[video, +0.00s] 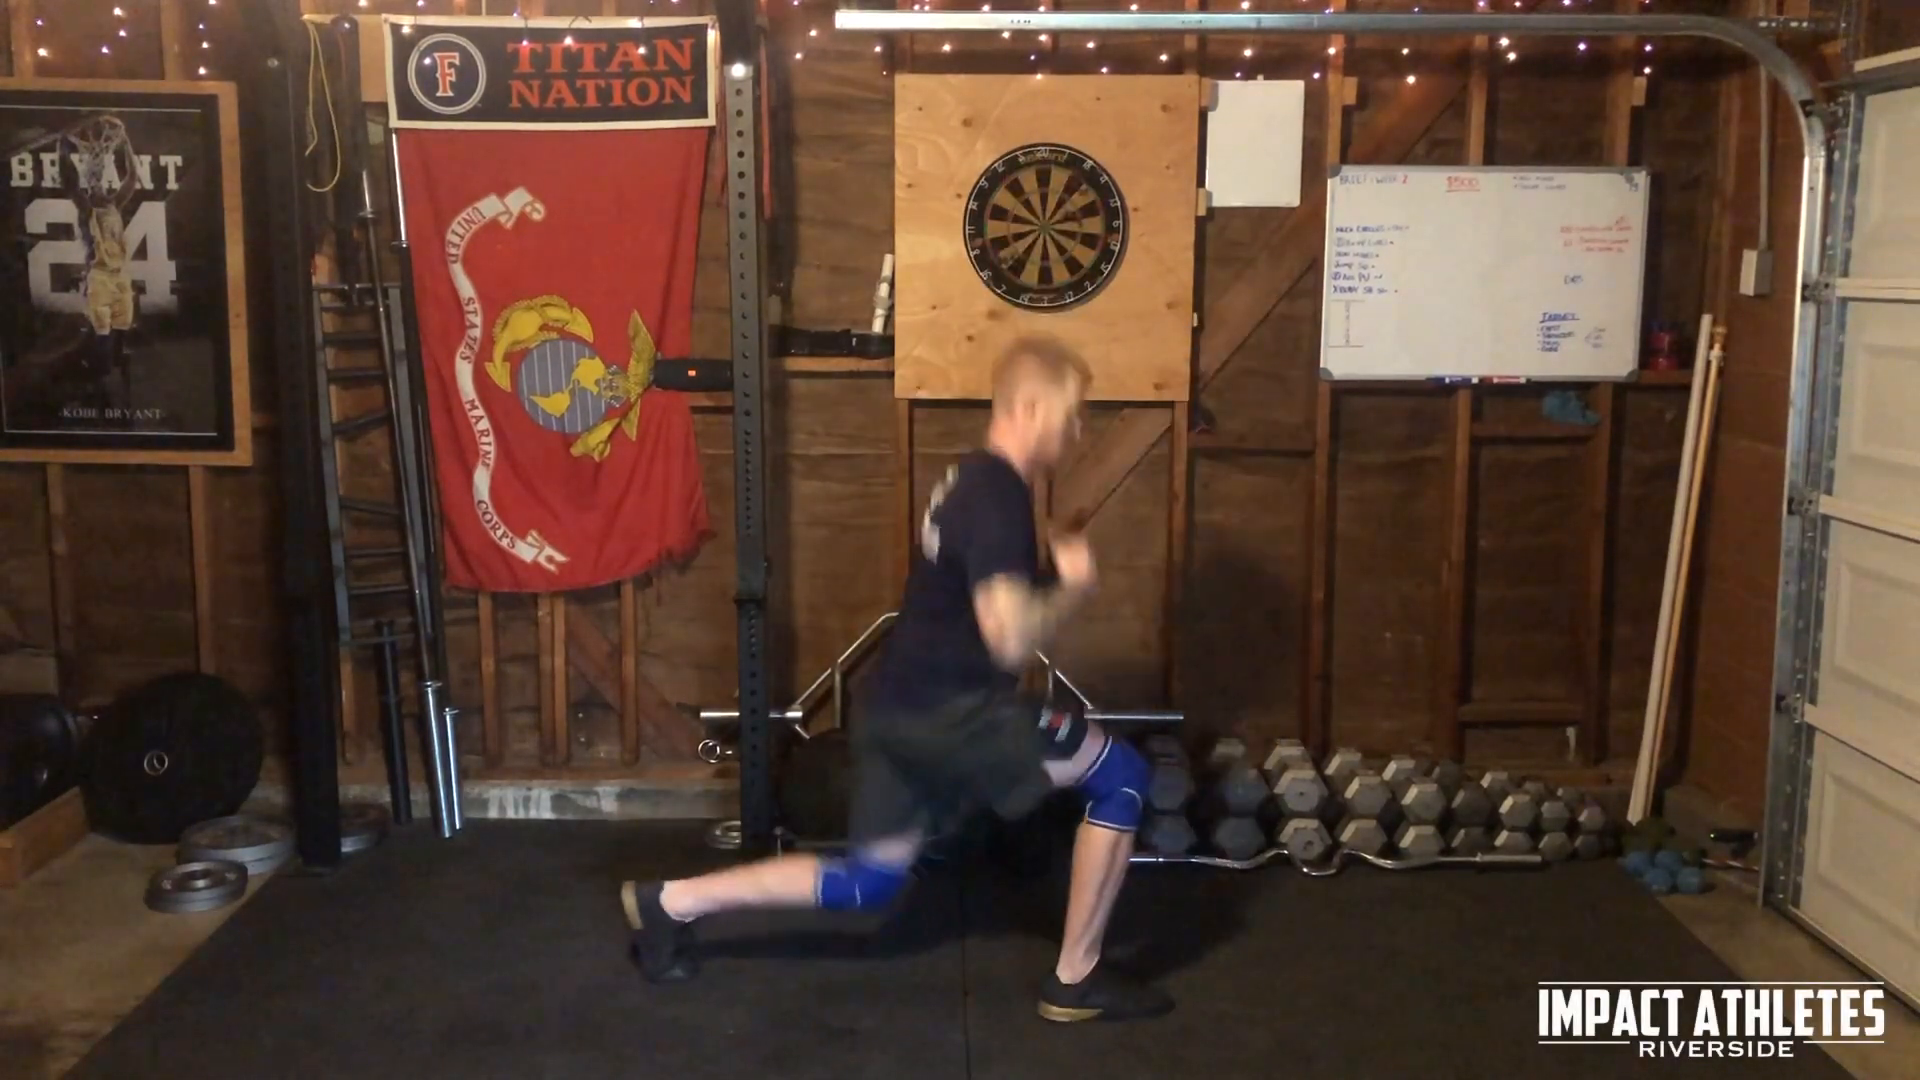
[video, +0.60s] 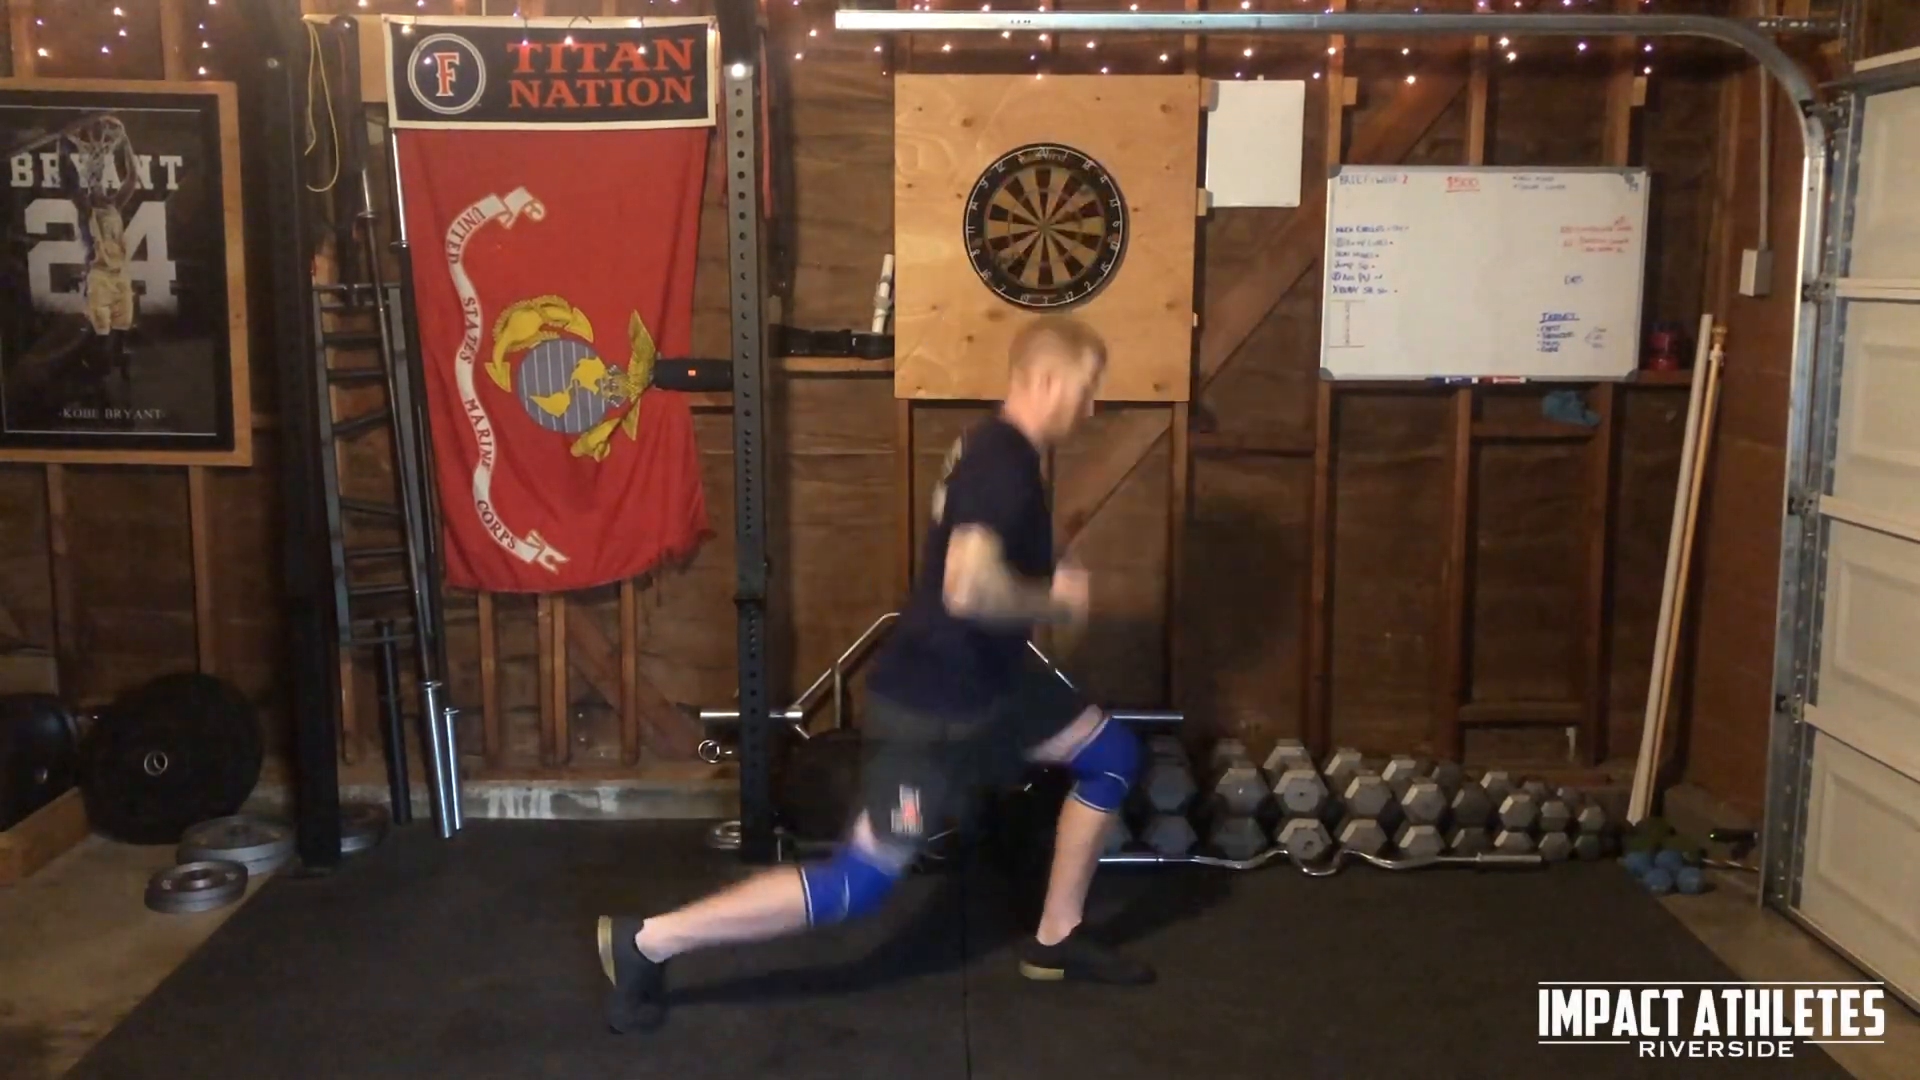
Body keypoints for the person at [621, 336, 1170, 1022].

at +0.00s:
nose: (1077, 428)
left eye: (1078, 411)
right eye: (1072, 410)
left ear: (1015, 406)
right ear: (1032, 410)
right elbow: (1010, 636)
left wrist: (1047, 569)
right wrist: (1072, 590)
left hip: (903, 709)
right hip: (950, 712)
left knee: (867, 880)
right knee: (1120, 778)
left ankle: (667, 902)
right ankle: (1078, 975)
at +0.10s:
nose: (1075, 333)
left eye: (1079, 316)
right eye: (1071, 314)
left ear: (1018, 309)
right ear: (1033, 307)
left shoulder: (992, 383)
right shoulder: (994, 389)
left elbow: (1002, 507)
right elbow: (993, 522)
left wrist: (1052, 495)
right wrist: (1061, 487)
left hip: (911, 619)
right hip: (950, 626)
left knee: (871, 784)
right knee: (1083, 758)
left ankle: (700, 883)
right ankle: (1077, 970)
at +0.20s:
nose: (1087, 258)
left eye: (1091, 241)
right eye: (1086, 238)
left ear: (1020, 225)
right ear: (1044, 227)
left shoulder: (992, 304)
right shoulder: (1000, 309)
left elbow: (974, 412)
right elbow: (981, 432)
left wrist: (1041, 394)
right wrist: (1055, 415)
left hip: (917, 537)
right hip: (949, 545)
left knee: (922, 720)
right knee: (1023, 725)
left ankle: (770, 853)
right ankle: (999, 938)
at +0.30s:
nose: (1093, 233)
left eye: (1099, 217)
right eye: (1093, 212)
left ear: (1035, 193)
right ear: (1048, 193)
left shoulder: (994, 266)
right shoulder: (1001, 271)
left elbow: (979, 389)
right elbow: (984, 402)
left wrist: (1047, 381)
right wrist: (1066, 392)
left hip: (948, 515)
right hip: (944, 520)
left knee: (966, 698)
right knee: (978, 707)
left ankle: (873, 874)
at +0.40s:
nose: (1092, 254)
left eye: (1099, 238)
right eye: (1093, 234)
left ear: (1039, 214)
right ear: (1051, 214)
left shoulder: (1001, 286)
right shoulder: (999, 293)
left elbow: (946, 363)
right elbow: (986, 423)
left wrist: (1032, 407)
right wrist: (1066, 417)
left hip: (971, 544)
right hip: (939, 544)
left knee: (1012, 706)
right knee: (923, 737)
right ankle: (740, 868)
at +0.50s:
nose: (1088, 317)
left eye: (1092, 300)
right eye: (1085, 299)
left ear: (1039, 286)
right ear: (1046, 288)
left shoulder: (1013, 362)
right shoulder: (1000, 362)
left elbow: (998, 476)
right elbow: (979, 492)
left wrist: (1049, 478)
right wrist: (1060, 484)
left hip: (984, 623)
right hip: (937, 622)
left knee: (1062, 737)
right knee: (863, 796)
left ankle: (1054, 937)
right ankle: (669, 899)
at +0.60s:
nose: (1091, 406)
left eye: (1093, 391)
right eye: (1086, 390)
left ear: (1032, 382)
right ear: (1041, 382)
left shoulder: (1010, 448)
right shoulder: (1002, 456)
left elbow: (977, 561)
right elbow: (967, 587)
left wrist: (1045, 580)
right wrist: (1052, 596)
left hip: (992, 673)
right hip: (932, 688)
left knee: (1109, 758)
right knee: (856, 883)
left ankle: (1058, 935)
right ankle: (643, 942)